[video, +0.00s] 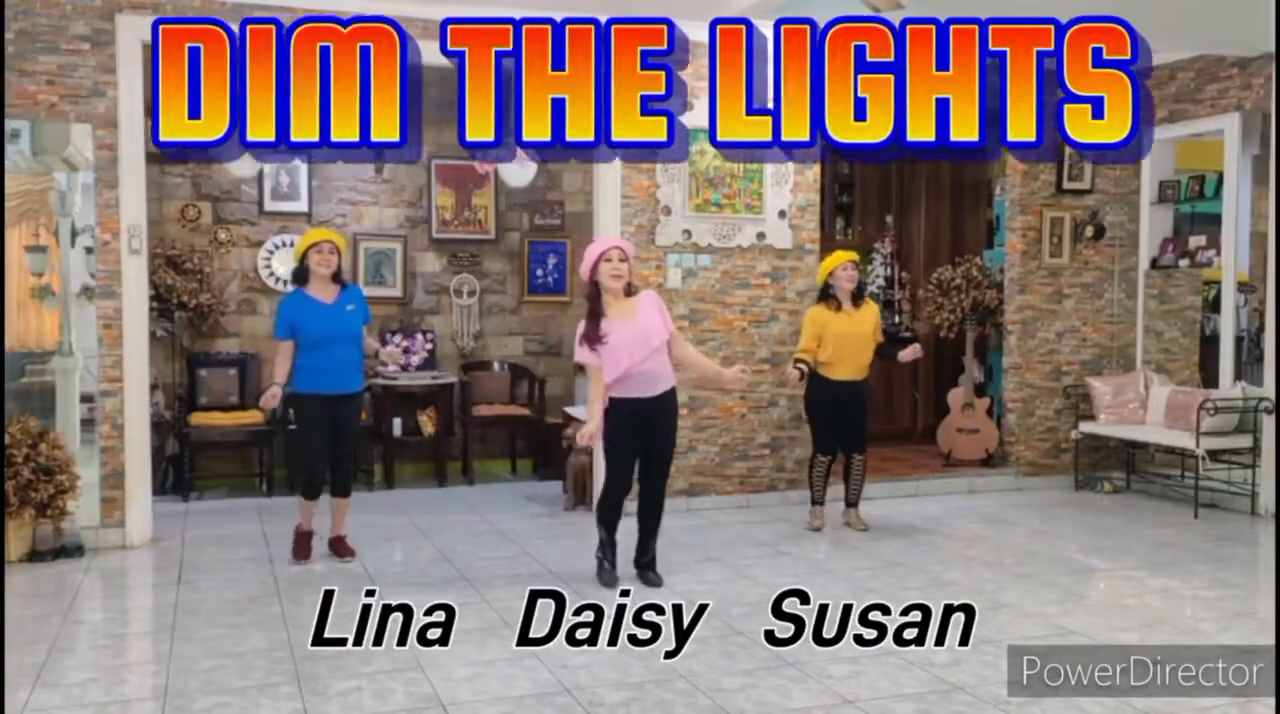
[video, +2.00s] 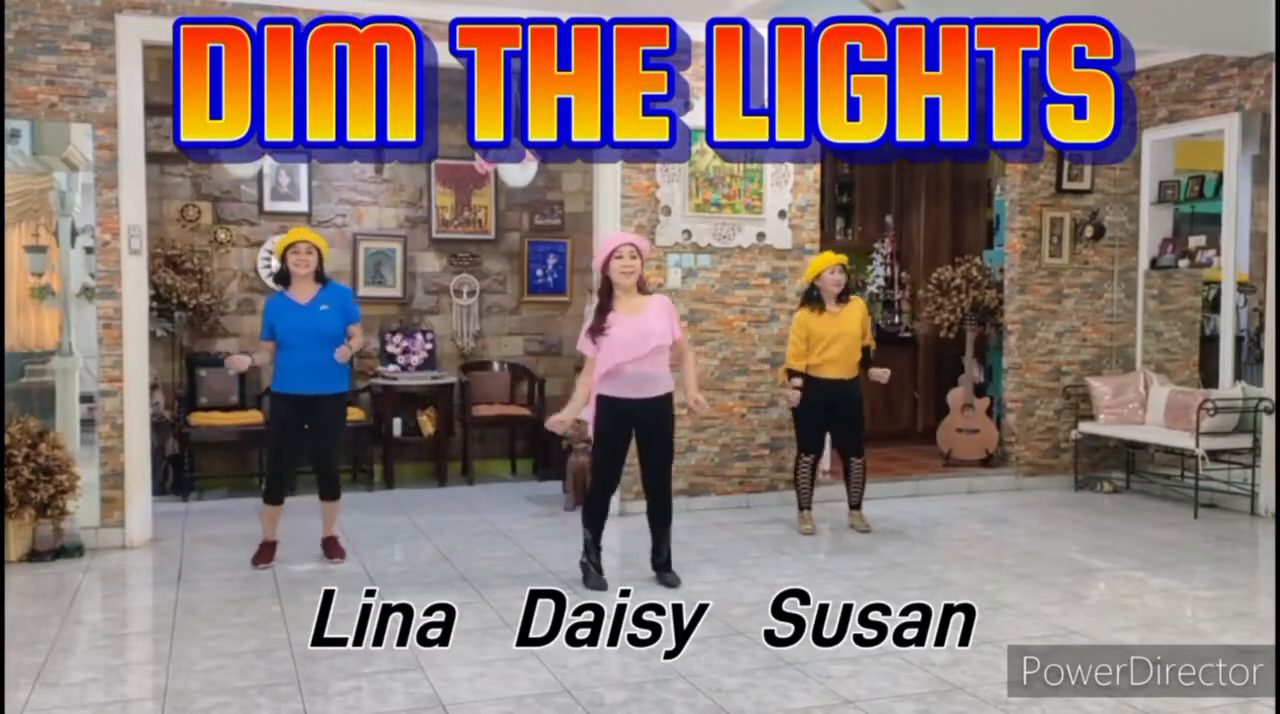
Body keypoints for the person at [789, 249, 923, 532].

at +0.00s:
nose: (852, 273)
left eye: (854, 268)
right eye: (845, 269)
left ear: (859, 275)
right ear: (830, 278)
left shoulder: (870, 310)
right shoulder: (818, 313)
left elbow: (878, 345)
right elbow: (806, 349)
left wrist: (898, 354)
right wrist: (799, 366)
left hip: (856, 387)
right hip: (823, 386)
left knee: (857, 450)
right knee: (825, 449)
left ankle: (851, 509)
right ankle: (817, 508)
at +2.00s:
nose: (838, 277)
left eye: (841, 272)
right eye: (831, 272)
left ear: (846, 277)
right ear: (817, 280)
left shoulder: (857, 307)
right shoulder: (805, 315)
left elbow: (866, 341)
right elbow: (796, 354)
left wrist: (870, 367)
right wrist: (796, 385)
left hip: (847, 387)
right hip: (813, 387)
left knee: (854, 450)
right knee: (809, 451)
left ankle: (855, 510)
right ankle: (805, 511)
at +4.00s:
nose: (829, 280)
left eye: (832, 274)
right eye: (822, 275)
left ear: (837, 280)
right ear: (807, 282)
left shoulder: (850, 309)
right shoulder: (794, 320)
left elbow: (867, 342)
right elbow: (779, 358)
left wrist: (862, 374)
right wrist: (762, 373)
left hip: (839, 392)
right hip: (802, 392)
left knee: (845, 455)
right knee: (803, 453)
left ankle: (837, 509)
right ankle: (807, 514)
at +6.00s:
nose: (831, 278)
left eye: (834, 273)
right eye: (824, 273)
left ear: (841, 279)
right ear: (810, 281)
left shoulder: (854, 309)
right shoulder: (796, 316)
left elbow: (868, 345)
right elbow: (777, 346)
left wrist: (862, 375)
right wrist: (763, 361)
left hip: (837, 392)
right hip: (799, 391)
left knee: (835, 454)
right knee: (803, 453)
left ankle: (828, 512)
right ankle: (809, 514)